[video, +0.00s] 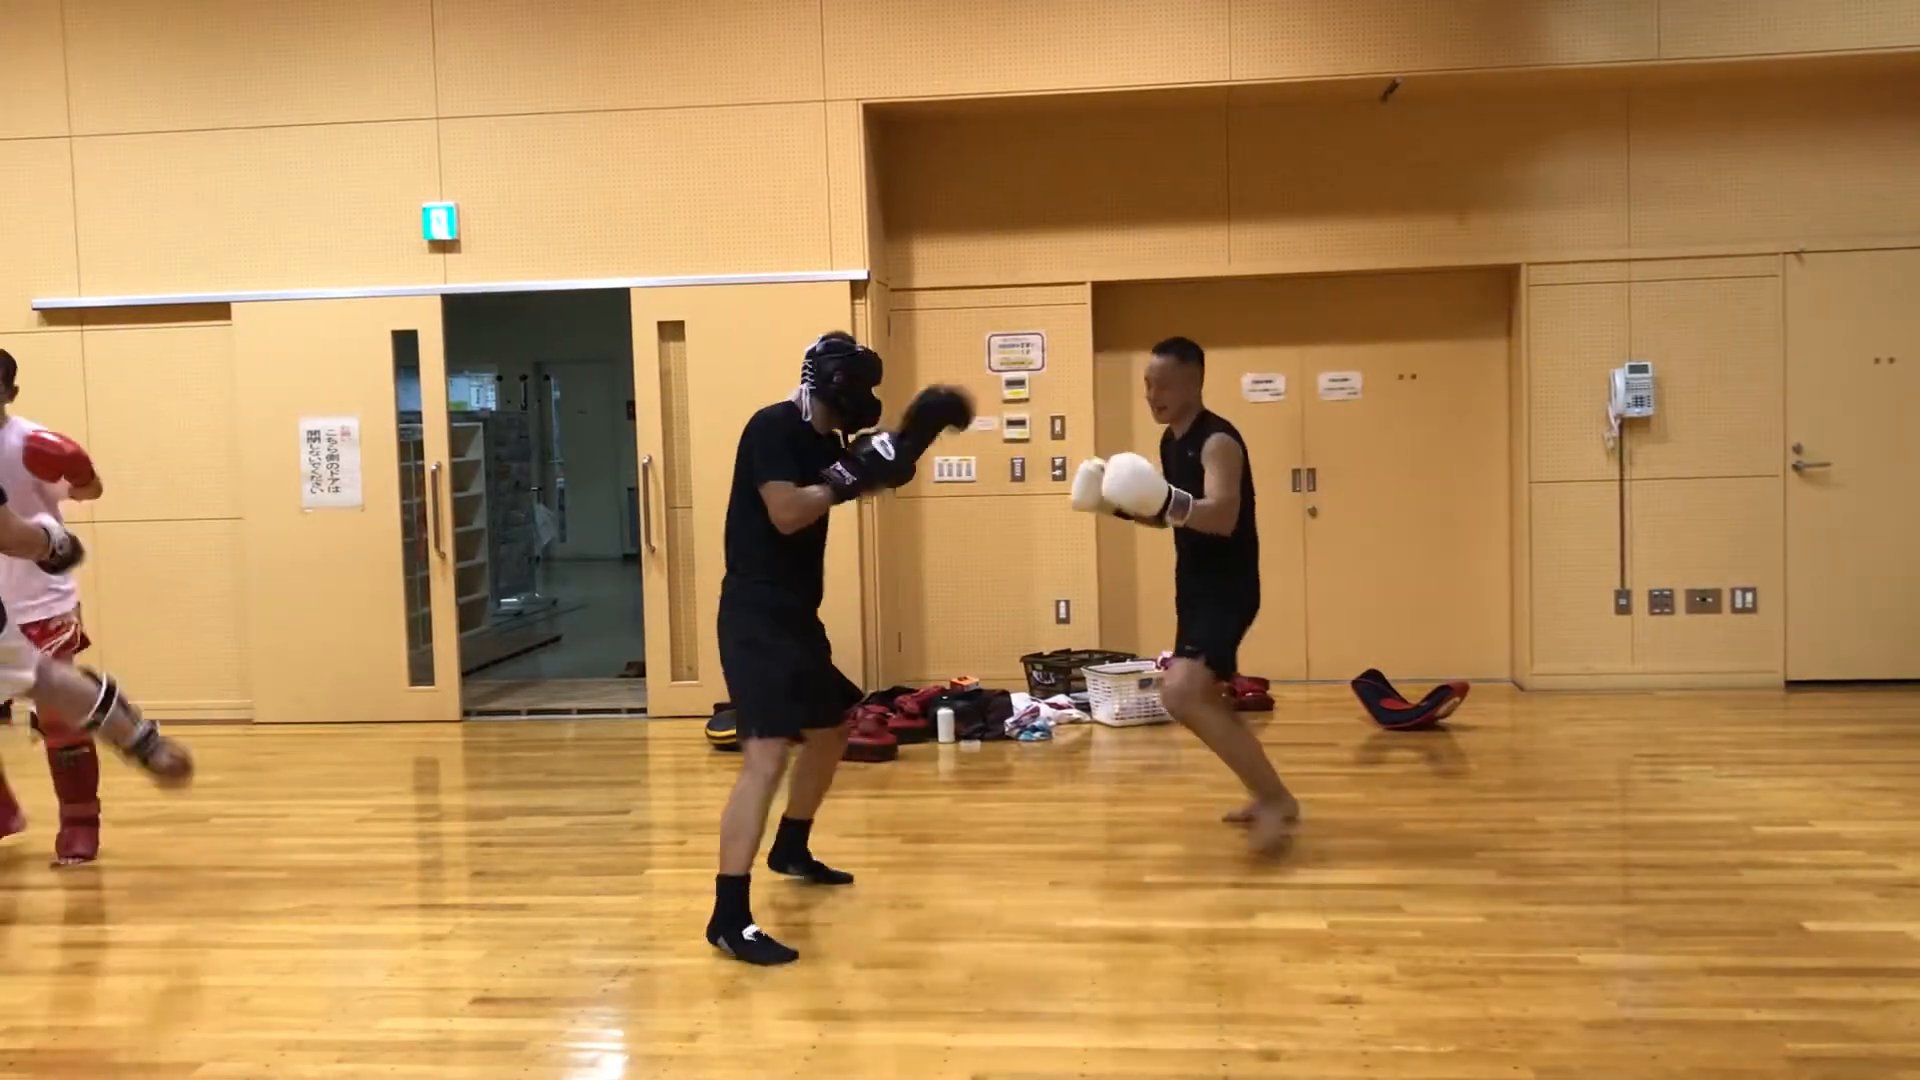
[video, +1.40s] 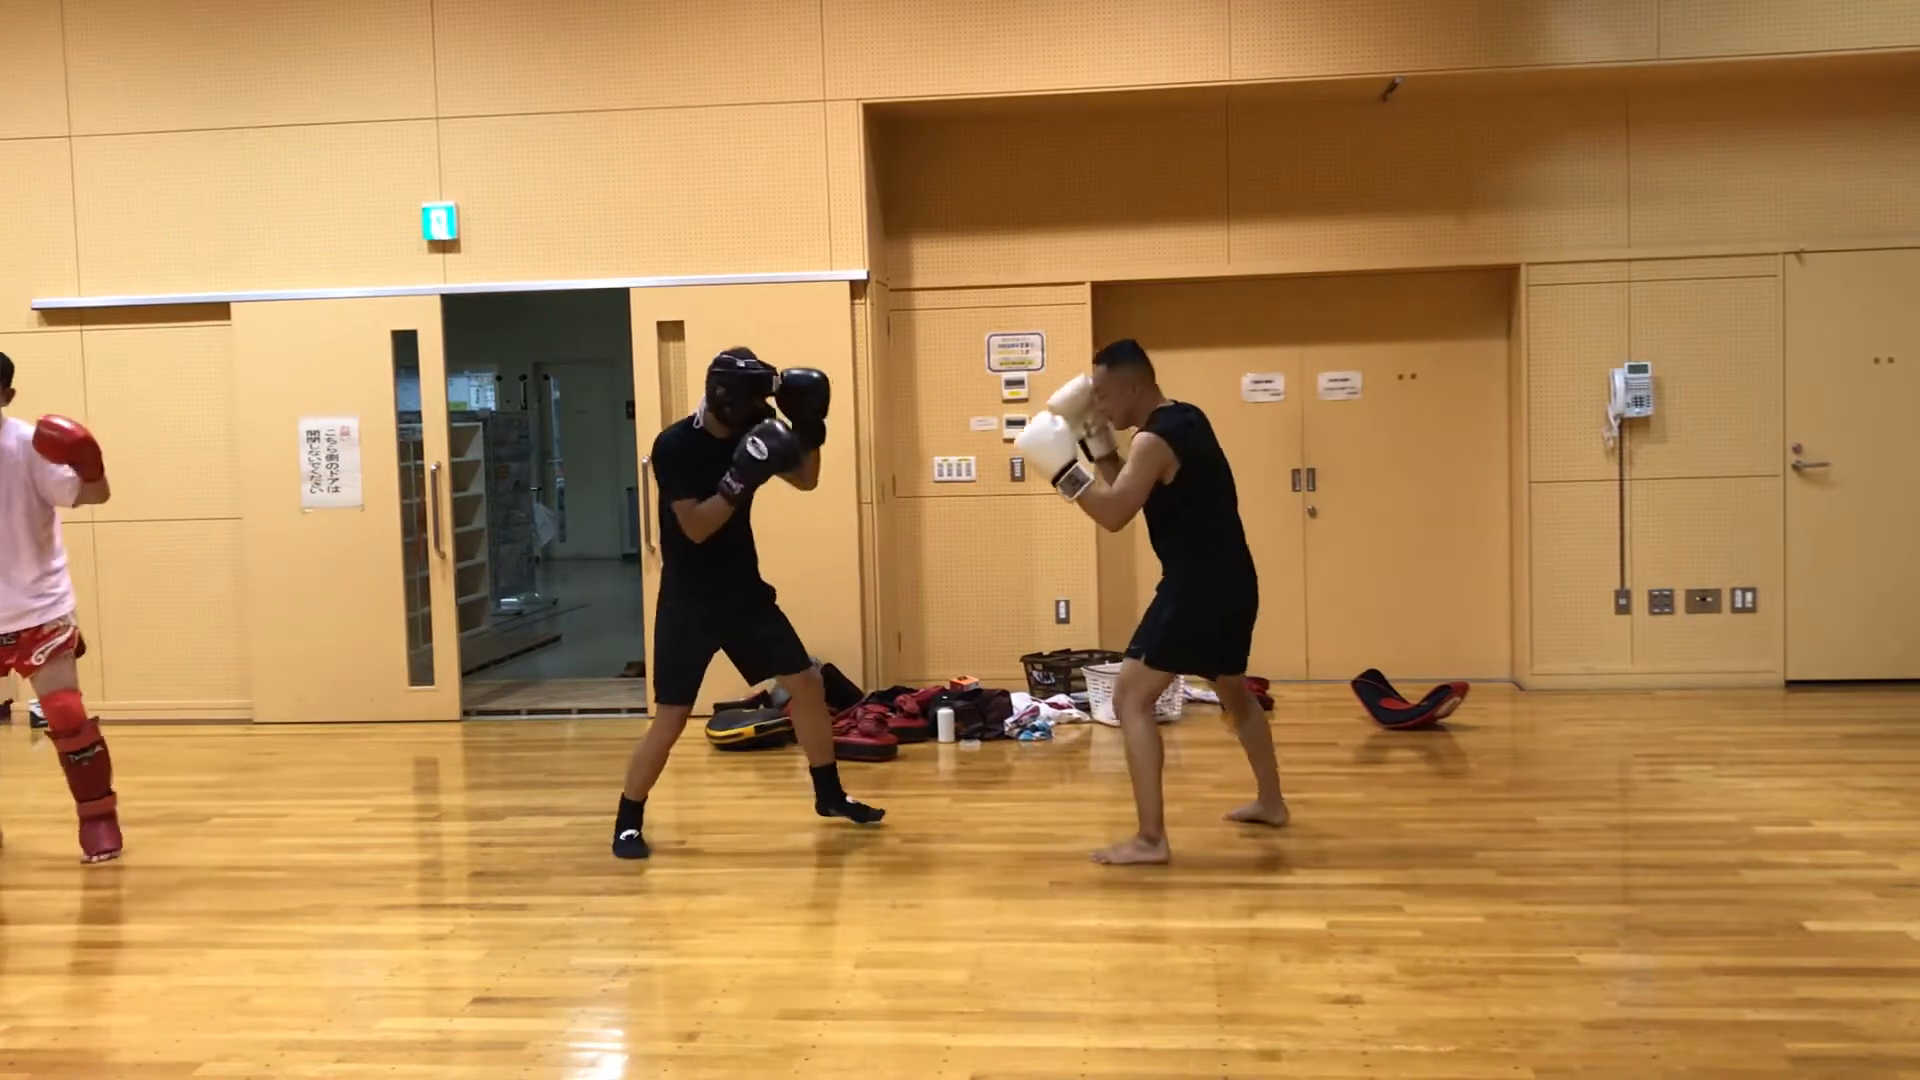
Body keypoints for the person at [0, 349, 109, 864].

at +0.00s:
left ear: (9, 386)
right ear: (7, 385)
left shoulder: (26, 443)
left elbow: (87, 481)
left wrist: (66, 487)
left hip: (43, 605)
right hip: (2, 614)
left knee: (59, 712)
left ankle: (78, 824)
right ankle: (6, 808)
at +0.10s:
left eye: (2, 381)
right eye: (0, 382)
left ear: (13, 386)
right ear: (8, 385)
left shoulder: (30, 445)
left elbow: (82, 500)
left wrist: (62, 481)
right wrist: (62, 542)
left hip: (50, 606)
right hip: (6, 616)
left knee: (70, 707)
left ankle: (81, 818)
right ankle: (18, 808)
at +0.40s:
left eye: (1, 383)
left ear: (13, 389)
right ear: (2, 389)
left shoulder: (40, 442)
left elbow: (83, 500)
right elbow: (15, 512)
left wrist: (45, 495)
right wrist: (29, 491)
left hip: (60, 594)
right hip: (4, 606)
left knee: (95, 697)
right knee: (0, 716)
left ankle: (116, 804)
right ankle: (21, 807)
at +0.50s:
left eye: (1, 385)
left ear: (13, 389)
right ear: (3, 388)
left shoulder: (36, 442)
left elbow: (96, 493)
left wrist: (66, 481)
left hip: (60, 594)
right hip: (5, 608)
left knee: (94, 695)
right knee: (1, 716)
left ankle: (121, 802)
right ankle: (20, 805)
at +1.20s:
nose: (4, 389)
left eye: (13, 381)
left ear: (35, 390)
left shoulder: (58, 446)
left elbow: (114, 502)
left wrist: (123, 484)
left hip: (66, 599)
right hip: (6, 605)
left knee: (83, 709)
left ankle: (107, 821)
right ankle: (10, 811)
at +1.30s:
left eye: (5, 382)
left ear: (22, 389)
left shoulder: (43, 442)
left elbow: (108, 493)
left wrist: (102, 458)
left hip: (49, 598)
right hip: (2, 605)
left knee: (75, 712)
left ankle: (105, 820)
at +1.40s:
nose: (2, 397)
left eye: (3, 389)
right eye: (3, 389)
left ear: (8, 390)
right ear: (6, 390)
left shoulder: (23, 443)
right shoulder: (22, 443)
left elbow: (92, 495)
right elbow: (90, 494)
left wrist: (89, 464)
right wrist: (87, 465)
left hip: (35, 600)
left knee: (67, 714)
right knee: (64, 716)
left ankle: (97, 820)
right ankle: (96, 820)